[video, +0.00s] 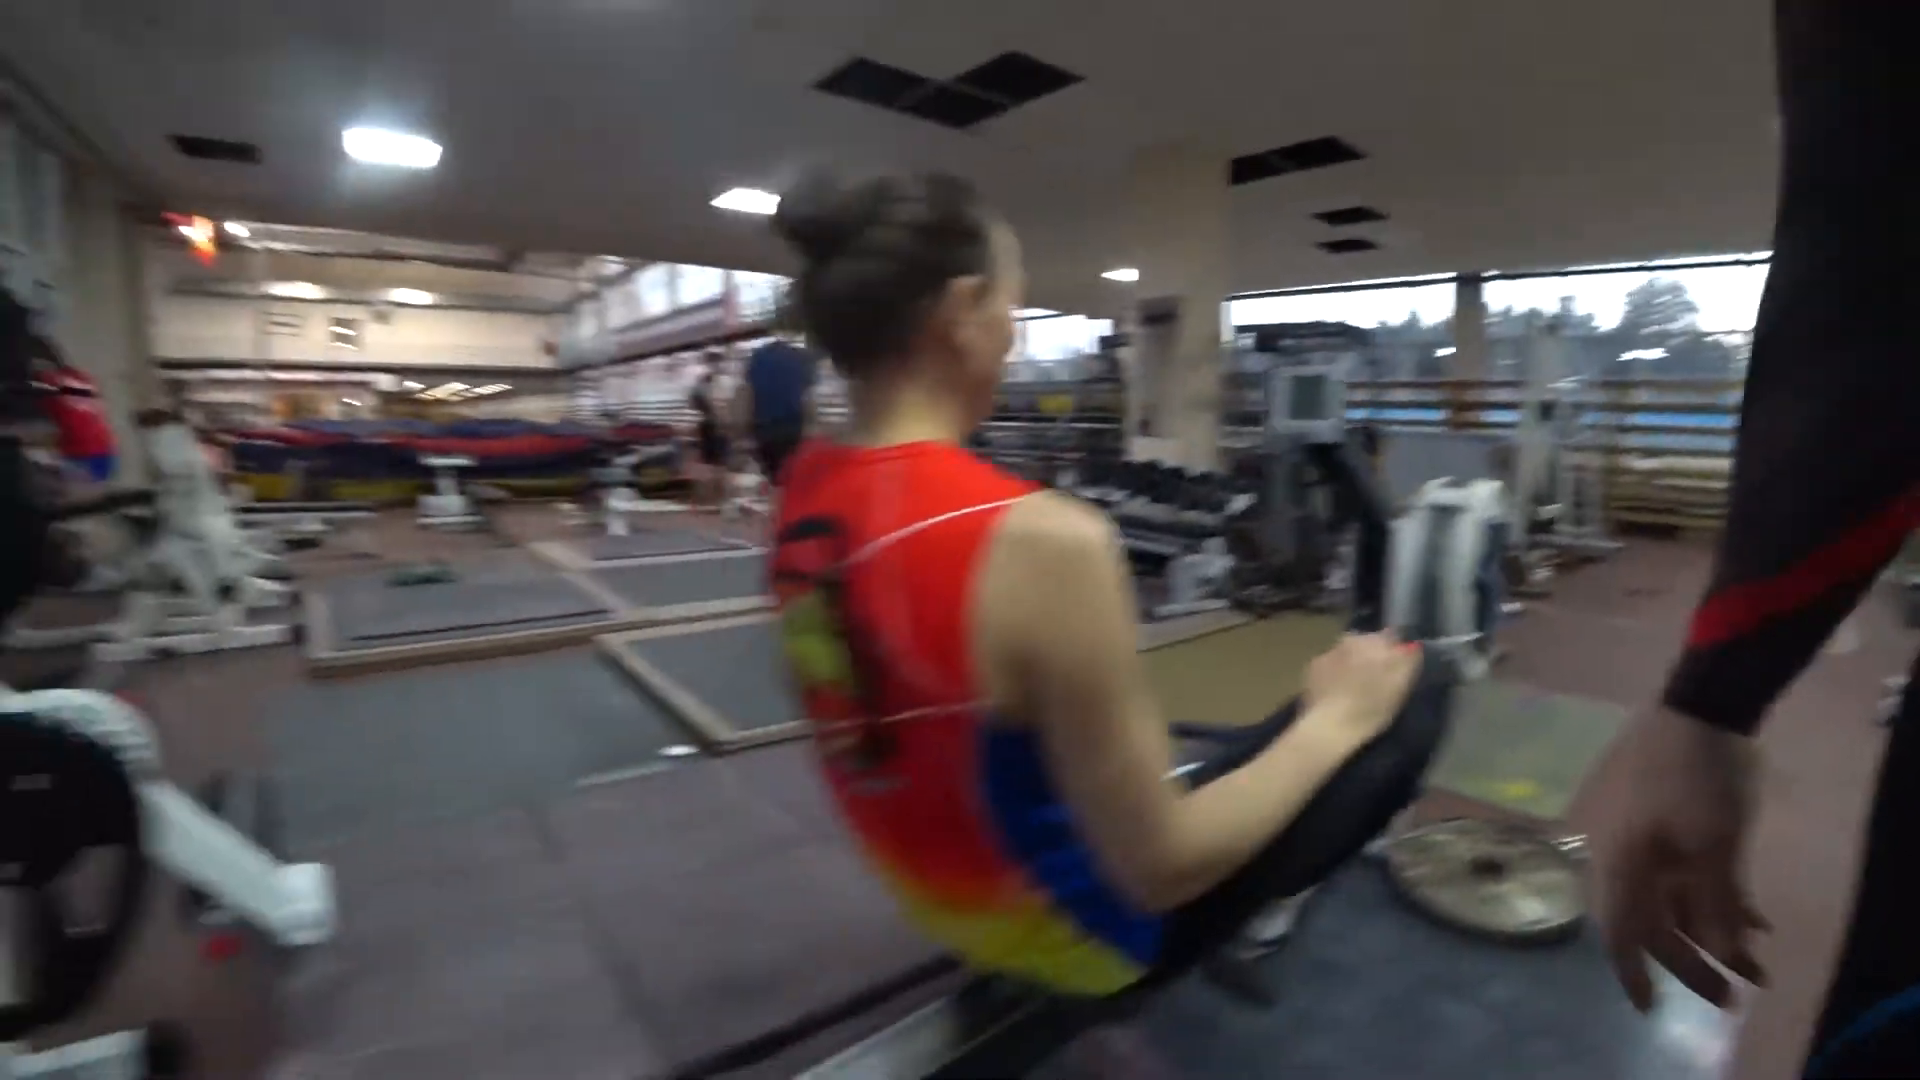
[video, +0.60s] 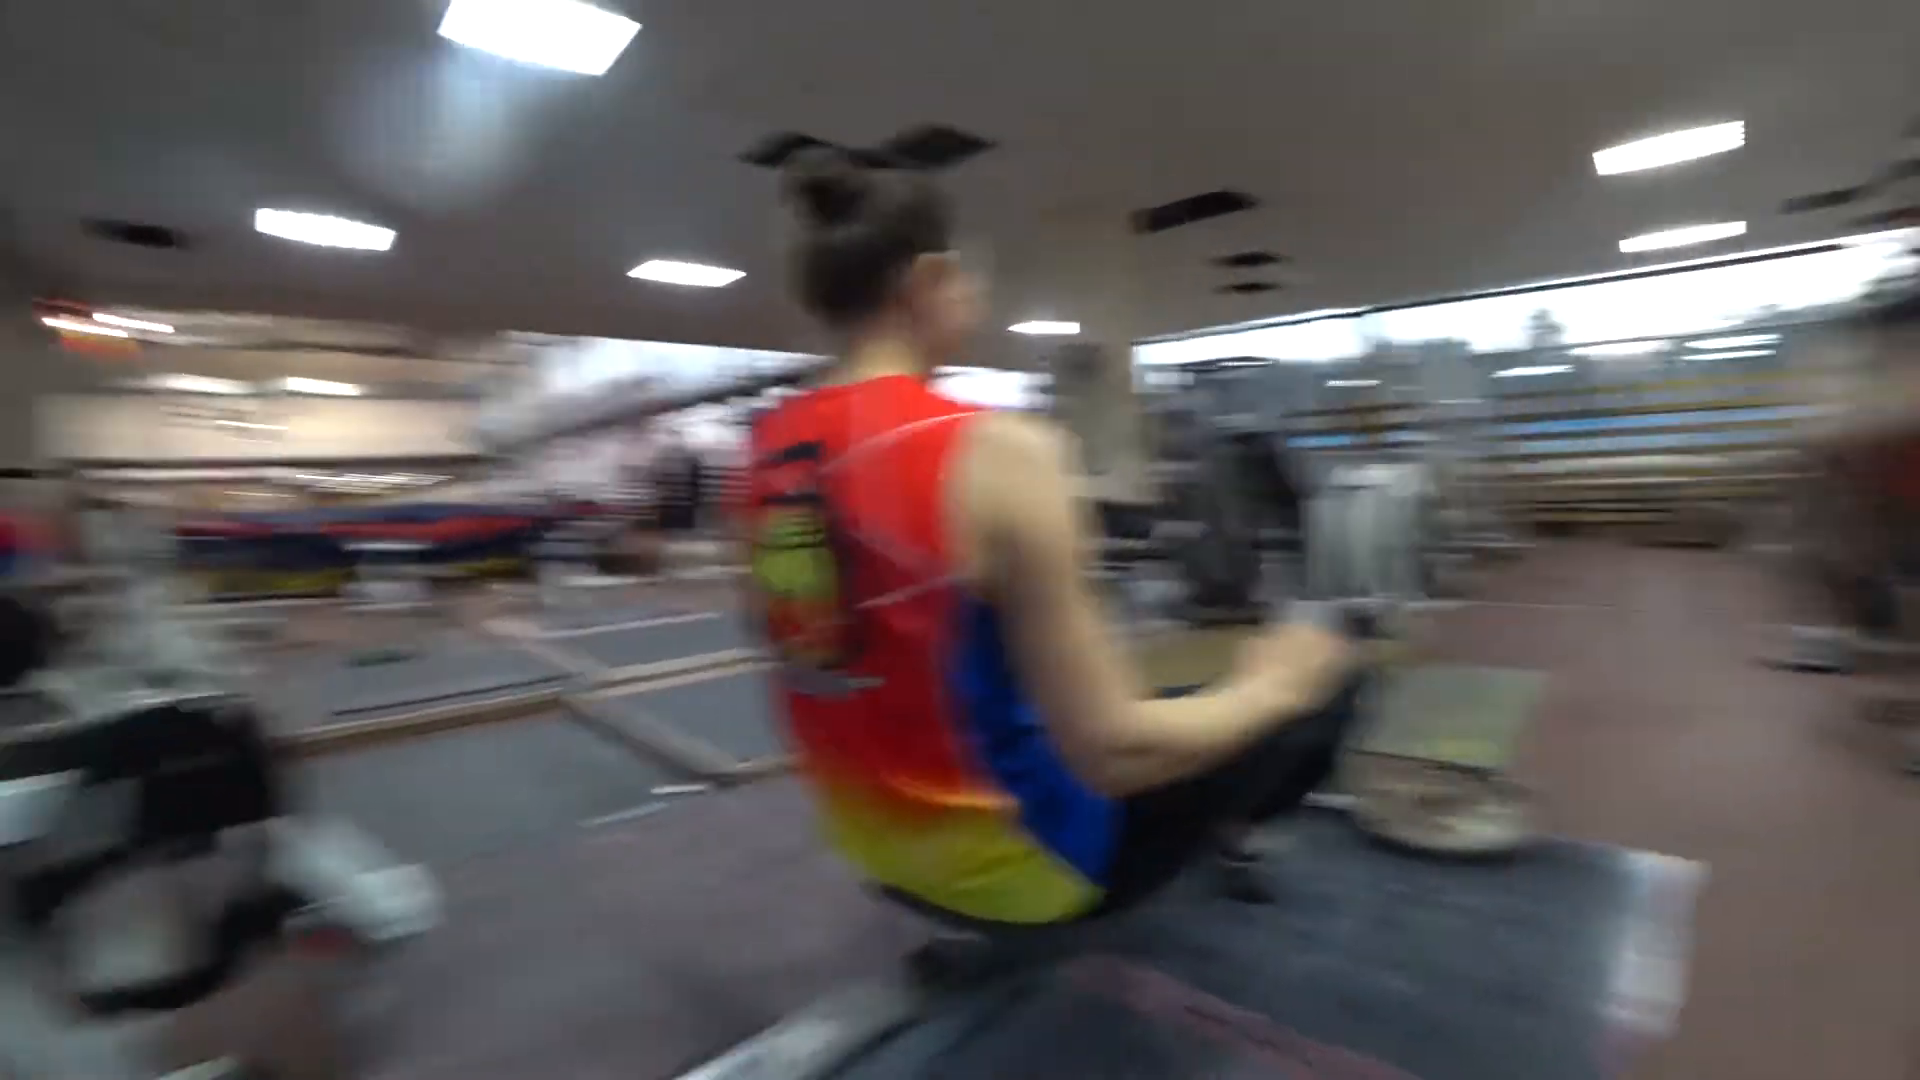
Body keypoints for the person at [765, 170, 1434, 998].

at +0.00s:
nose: (1016, 330)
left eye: (1016, 305)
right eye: (1010, 304)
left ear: (846, 327)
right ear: (958, 318)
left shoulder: (810, 491)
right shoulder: (1043, 545)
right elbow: (1161, 865)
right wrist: (1335, 717)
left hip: (957, 916)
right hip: (1093, 946)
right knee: (1410, 686)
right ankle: (1260, 914)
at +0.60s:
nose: (978, 302)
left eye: (974, 279)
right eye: (967, 278)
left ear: (824, 295)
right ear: (922, 285)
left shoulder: (776, 448)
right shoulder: (999, 456)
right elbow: (1109, 750)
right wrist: (1267, 687)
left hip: (888, 864)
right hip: (1030, 883)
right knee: (1322, 668)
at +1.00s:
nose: (1750, 275)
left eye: (1754, 244)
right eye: (1749, 242)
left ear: (1556, 233)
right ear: (1691, 219)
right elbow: (1865, 903)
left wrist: (1724, 839)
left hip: (1457, 967)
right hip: (1652, 1010)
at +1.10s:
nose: (1633, 268)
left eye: (1639, 235)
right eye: (1625, 232)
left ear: (1438, 242)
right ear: (1547, 232)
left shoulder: (1335, 404)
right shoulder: (1587, 439)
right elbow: (1682, 865)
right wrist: (1867, 897)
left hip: (1316, 952)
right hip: (1483, 998)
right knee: (1877, 1015)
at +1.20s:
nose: (1441, 279)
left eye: (1447, 247)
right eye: (1442, 245)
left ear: (1267, 244)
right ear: (1383, 232)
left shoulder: (1175, 389)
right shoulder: (1418, 430)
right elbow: (1489, 838)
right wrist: (1623, 863)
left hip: (1157, 936)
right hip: (1318, 989)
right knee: (1686, 952)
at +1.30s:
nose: (1394, 282)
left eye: (1397, 249)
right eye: (1394, 247)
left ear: (1220, 243)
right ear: (1345, 235)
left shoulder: (1136, 399)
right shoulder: (1386, 427)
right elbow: (1457, 845)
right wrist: (1603, 852)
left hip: (1136, 949)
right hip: (1297, 1011)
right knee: (1658, 898)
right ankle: (1739, 1033)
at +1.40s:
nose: (1439, 259)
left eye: (1440, 229)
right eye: (1436, 228)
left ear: (1264, 248)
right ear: (1388, 231)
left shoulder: (1193, 400)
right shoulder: (1443, 428)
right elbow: (1533, 854)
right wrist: (1686, 840)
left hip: (1210, 958)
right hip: (1378, 1013)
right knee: (1744, 883)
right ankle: (1814, 1047)